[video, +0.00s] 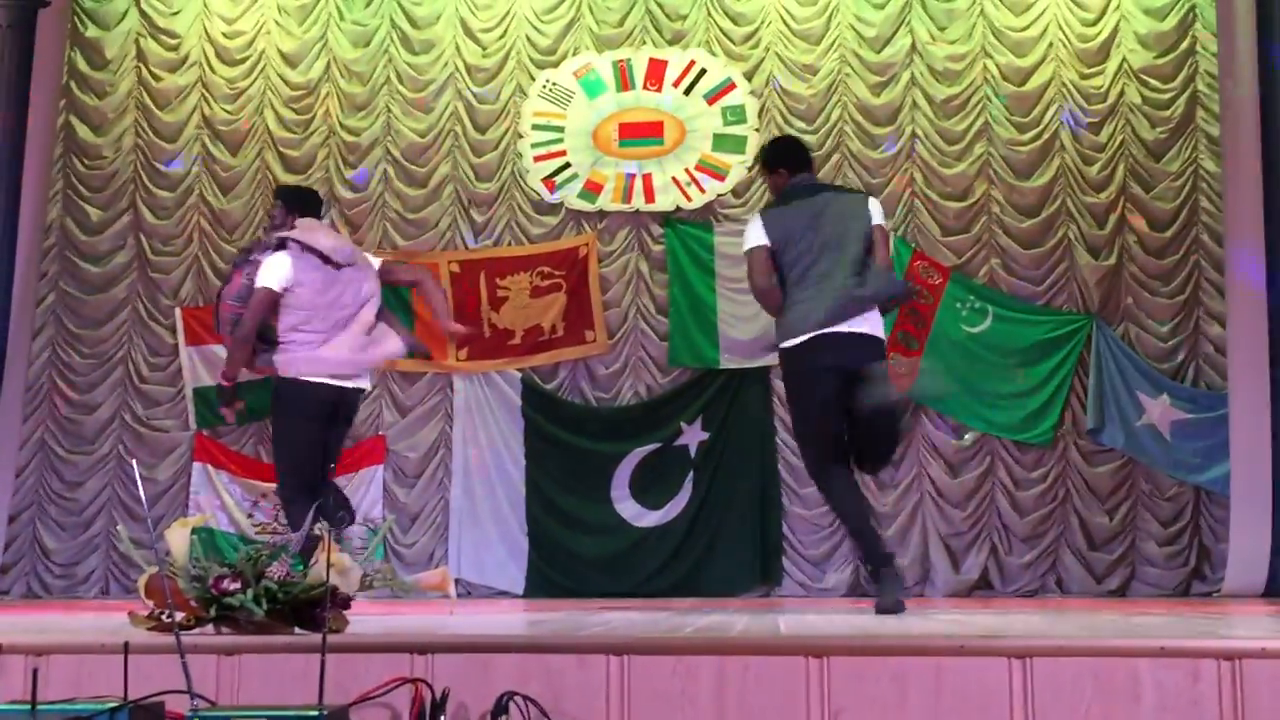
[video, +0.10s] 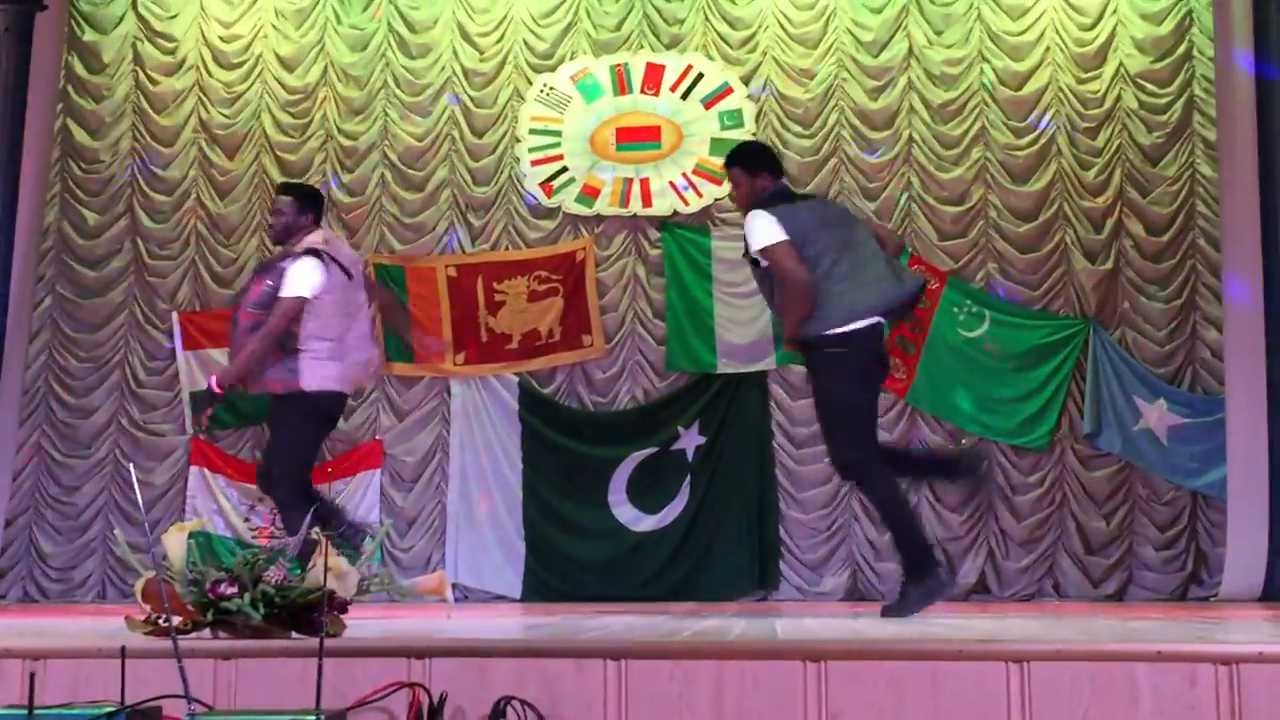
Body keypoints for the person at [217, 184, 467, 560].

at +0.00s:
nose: (271, 221)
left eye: (275, 214)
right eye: (272, 213)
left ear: (288, 217)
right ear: (318, 217)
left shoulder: (283, 260)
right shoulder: (359, 259)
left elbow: (247, 330)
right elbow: (423, 274)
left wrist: (227, 383)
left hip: (301, 389)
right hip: (350, 390)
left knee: (295, 490)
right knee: (320, 478)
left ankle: (323, 571)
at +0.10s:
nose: (270, 220)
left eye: (279, 213)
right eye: (272, 212)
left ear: (305, 218)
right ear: (312, 220)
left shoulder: (307, 266)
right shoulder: (343, 258)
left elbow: (271, 333)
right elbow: (382, 299)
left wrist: (221, 381)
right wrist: (418, 340)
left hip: (312, 391)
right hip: (327, 390)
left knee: (286, 481)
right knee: (273, 476)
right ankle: (352, 539)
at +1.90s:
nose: (365, 241)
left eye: (375, 233)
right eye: (363, 233)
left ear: (400, 238)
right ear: (366, 238)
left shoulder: (416, 275)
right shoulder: (378, 278)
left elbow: (392, 336)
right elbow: (357, 338)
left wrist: (336, 328)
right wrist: (312, 322)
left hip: (402, 421)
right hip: (371, 419)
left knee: (395, 516)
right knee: (365, 518)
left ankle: (413, 620)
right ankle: (380, 617)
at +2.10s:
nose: (368, 241)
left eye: (378, 234)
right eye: (363, 233)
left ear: (397, 240)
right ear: (355, 238)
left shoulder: (420, 287)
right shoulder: (335, 286)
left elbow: (420, 350)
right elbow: (296, 349)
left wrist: (369, 315)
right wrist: (332, 308)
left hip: (392, 415)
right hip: (341, 415)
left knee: (389, 517)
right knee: (343, 520)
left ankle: (387, 622)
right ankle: (345, 621)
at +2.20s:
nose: (365, 244)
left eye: (374, 238)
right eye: (358, 236)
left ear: (389, 244)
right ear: (348, 241)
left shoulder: (411, 295)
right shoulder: (320, 296)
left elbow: (422, 357)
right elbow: (296, 359)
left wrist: (382, 330)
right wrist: (340, 317)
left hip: (386, 419)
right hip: (334, 420)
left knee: (385, 521)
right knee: (336, 525)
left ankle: (383, 625)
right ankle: (338, 624)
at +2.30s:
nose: (367, 250)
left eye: (376, 244)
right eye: (360, 242)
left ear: (388, 251)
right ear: (347, 248)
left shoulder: (410, 304)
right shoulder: (321, 302)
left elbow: (429, 367)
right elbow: (299, 366)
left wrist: (388, 343)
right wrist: (346, 337)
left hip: (389, 426)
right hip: (337, 427)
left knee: (386, 524)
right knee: (339, 528)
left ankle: (385, 623)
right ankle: (342, 624)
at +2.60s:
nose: (390, 291)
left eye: (399, 285)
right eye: (383, 284)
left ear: (412, 292)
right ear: (371, 290)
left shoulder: (433, 343)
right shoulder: (345, 343)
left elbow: (456, 413)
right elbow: (313, 408)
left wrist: (411, 395)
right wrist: (363, 393)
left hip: (412, 467)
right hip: (361, 468)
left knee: (411, 566)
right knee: (367, 569)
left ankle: (407, 656)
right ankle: (371, 657)